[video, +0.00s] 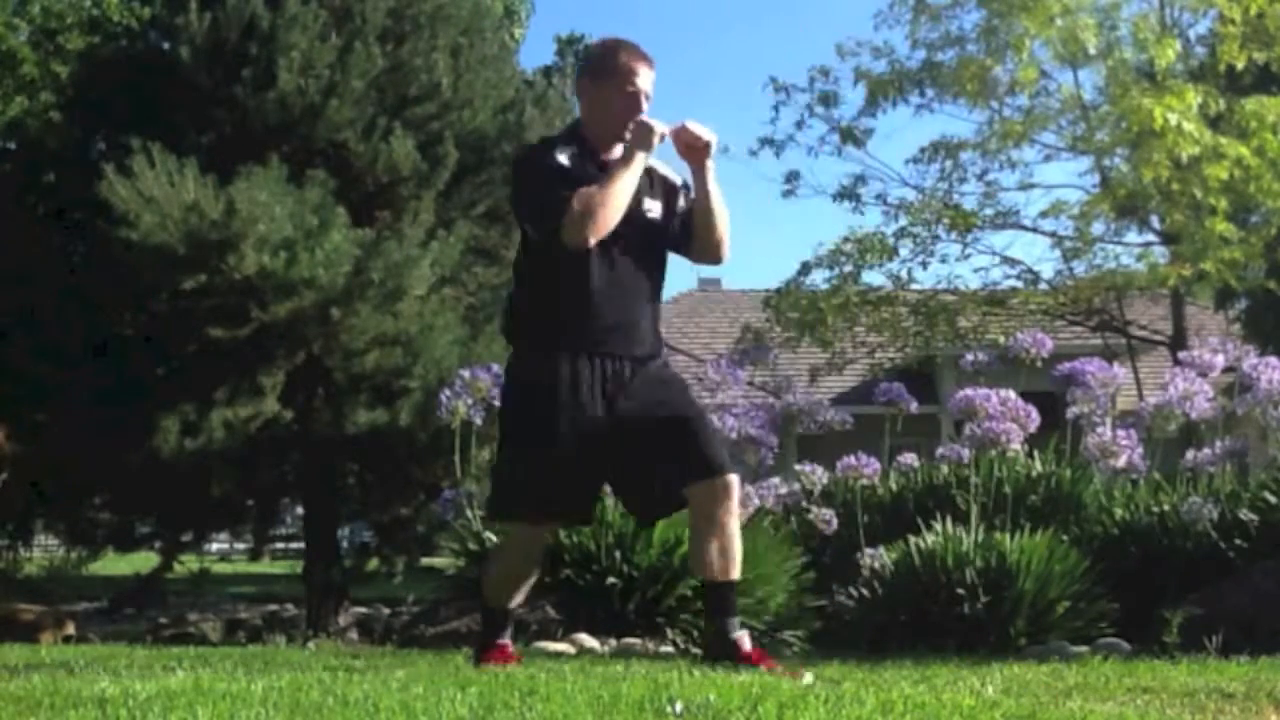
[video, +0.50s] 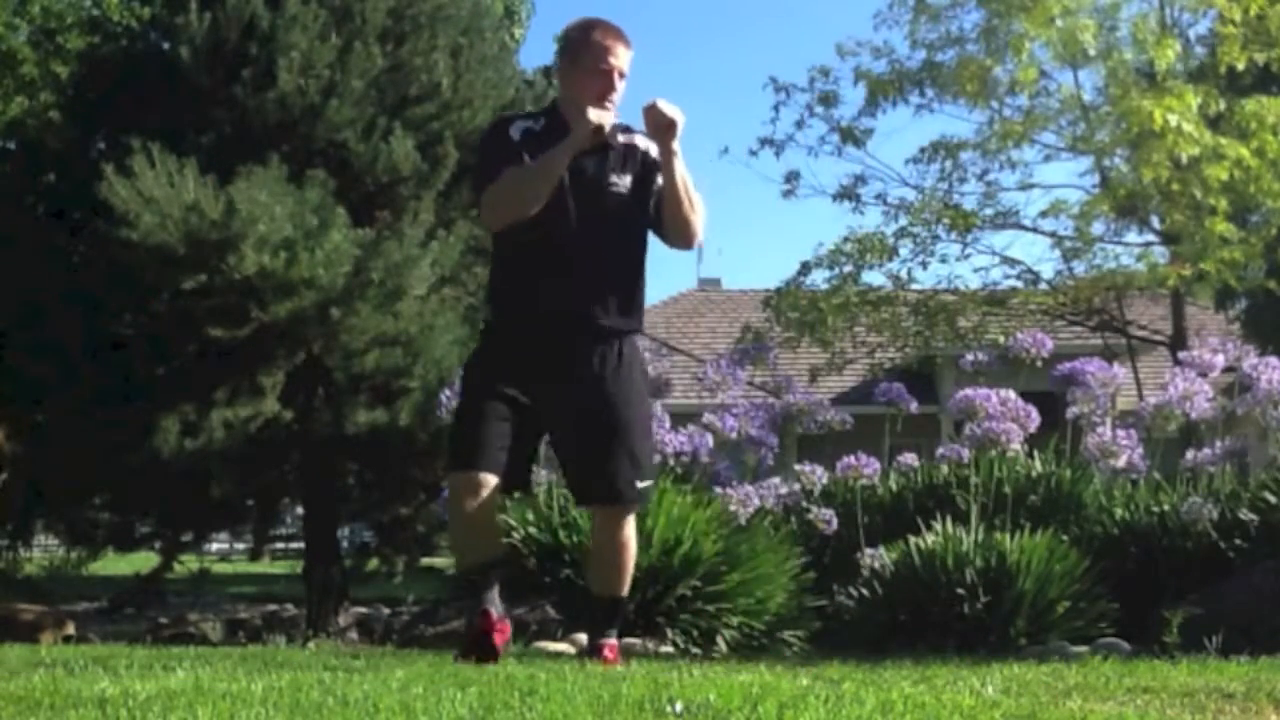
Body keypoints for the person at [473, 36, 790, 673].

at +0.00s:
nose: (641, 105)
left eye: (647, 95)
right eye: (628, 92)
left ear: (649, 101)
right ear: (585, 91)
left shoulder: (657, 183)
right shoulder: (541, 163)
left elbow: (710, 250)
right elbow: (584, 228)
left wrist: (703, 170)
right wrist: (636, 157)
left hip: (643, 367)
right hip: (555, 367)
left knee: (718, 483)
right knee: (531, 521)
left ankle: (727, 638)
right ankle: (493, 640)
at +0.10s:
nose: (630, 77)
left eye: (637, 68)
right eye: (617, 64)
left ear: (644, 76)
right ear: (576, 62)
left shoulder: (650, 151)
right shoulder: (529, 136)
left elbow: (696, 231)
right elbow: (549, 209)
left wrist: (687, 153)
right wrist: (611, 140)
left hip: (637, 346)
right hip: (547, 347)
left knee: (691, 469)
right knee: (523, 501)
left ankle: (667, 625)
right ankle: (495, 636)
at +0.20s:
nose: (626, 60)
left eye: (634, 52)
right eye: (613, 47)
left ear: (641, 61)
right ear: (574, 49)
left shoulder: (652, 132)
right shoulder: (529, 117)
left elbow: (697, 219)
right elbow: (522, 195)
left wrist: (688, 142)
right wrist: (593, 131)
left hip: (634, 328)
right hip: (544, 328)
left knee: (654, 477)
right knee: (519, 488)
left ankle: (619, 624)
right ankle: (500, 629)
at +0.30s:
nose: (624, 77)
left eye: (632, 69)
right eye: (613, 64)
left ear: (638, 78)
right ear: (574, 61)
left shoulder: (654, 151)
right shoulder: (525, 135)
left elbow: (707, 231)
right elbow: (508, 204)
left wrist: (694, 155)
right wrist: (583, 138)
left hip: (625, 341)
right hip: (536, 337)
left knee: (623, 493)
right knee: (515, 490)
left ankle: (608, 633)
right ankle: (516, 630)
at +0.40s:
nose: (622, 92)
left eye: (632, 84)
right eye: (610, 78)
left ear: (640, 94)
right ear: (574, 77)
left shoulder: (652, 170)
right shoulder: (524, 148)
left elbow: (705, 248)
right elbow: (500, 222)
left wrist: (687, 166)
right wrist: (576, 155)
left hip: (619, 357)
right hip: (530, 350)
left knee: (621, 504)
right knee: (489, 489)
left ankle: (604, 642)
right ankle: (514, 631)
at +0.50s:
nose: (611, 77)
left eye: (620, 69)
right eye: (598, 64)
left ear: (627, 79)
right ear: (562, 68)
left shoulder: (641, 155)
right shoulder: (514, 136)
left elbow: (685, 235)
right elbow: (495, 213)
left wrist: (670, 151)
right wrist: (571, 146)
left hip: (605, 348)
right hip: (515, 342)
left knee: (614, 502)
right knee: (471, 483)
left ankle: (605, 641)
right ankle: (487, 619)